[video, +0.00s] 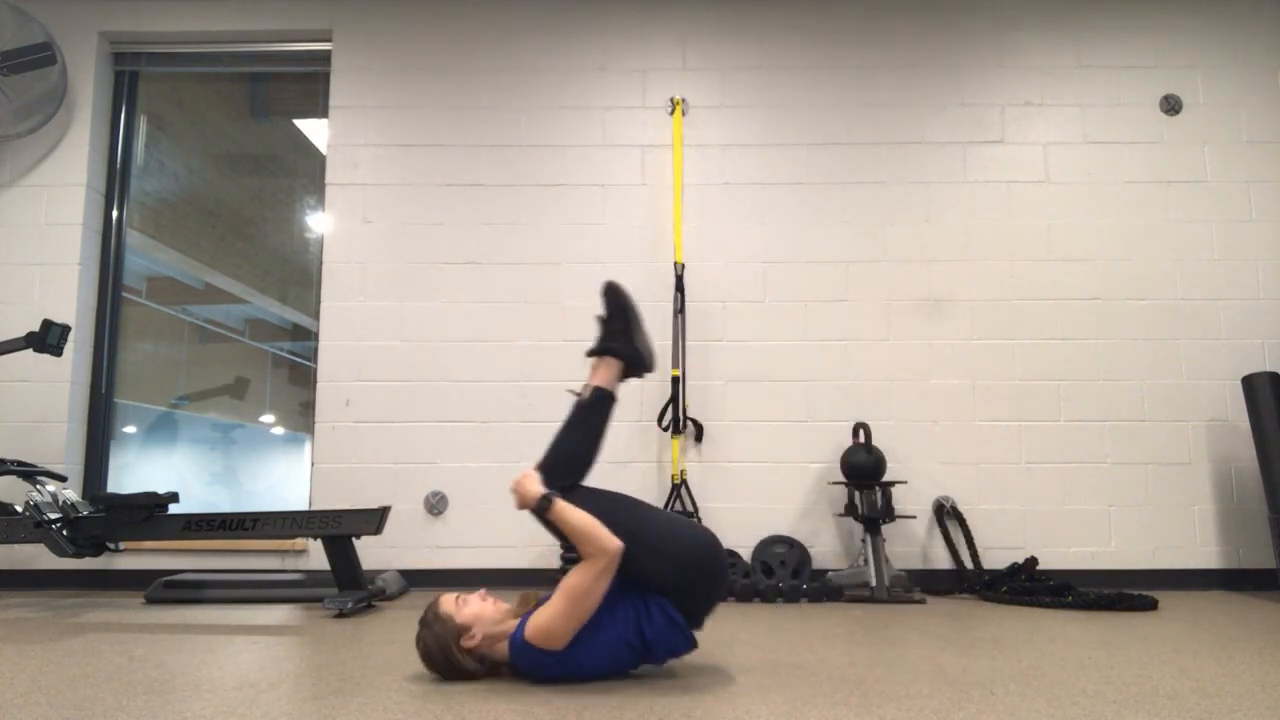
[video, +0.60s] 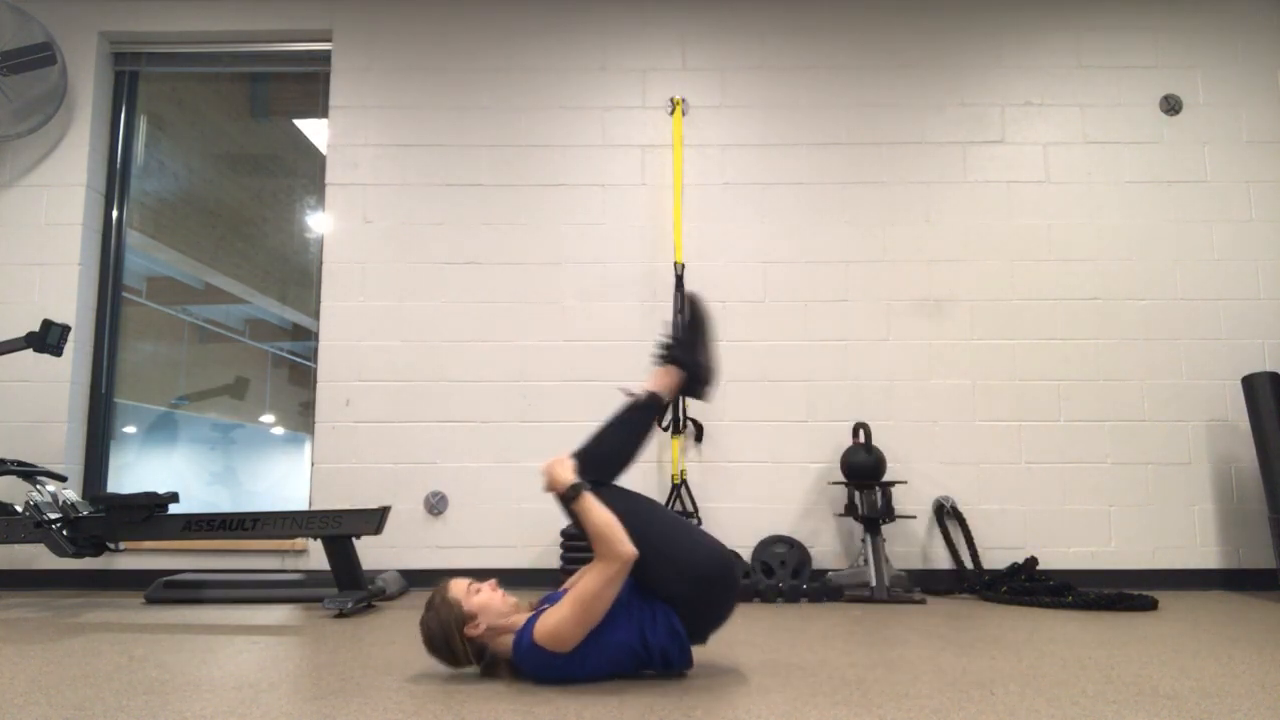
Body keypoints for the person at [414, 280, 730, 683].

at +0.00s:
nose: (479, 593)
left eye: (466, 594)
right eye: (465, 602)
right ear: (470, 639)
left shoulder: (530, 637)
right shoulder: (536, 641)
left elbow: (597, 557)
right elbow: (607, 552)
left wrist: (546, 501)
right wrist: (542, 501)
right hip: (693, 571)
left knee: (550, 493)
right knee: (554, 495)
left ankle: (610, 363)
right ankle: (613, 360)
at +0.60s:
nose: (492, 582)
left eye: (478, 582)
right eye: (476, 591)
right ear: (475, 628)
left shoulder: (536, 627)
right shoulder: (540, 642)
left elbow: (609, 562)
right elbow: (620, 557)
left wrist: (571, 489)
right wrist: (571, 489)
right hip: (702, 591)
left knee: (580, 490)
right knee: (585, 489)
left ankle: (671, 378)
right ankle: (674, 376)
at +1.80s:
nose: (759, 405)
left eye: (756, 394)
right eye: (750, 395)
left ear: (721, 404)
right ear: (718, 405)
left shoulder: (737, 458)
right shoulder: (719, 474)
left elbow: (818, 455)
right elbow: (826, 484)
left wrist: (884, 414)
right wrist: (922, 435)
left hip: (790, 610)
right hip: (773, 644)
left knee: (877, 520)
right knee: (919, 610)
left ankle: (1007, 609)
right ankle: (915, 655)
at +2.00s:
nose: (794, 396)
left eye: (792, 384)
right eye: (787, 385)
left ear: (752, 392)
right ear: (754, 391)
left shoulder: (766, 451)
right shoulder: (753, 464)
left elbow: (849, 462)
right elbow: (857, 490)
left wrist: (923, 439)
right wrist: (960, 458)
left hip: (808, 610)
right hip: (784, 640)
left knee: (894, 527)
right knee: (927, 659)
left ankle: (1012, 626)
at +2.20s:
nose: (824, 392)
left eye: (822, 381)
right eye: (817, 381)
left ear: (782, 387)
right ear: (785, 386)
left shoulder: (789, 448)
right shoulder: (783, 458)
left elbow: (870, 479)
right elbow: (880, 504)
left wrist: (948, 471)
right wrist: (992, 493)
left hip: (823, 610)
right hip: (794, 636)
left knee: (909, 534)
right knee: (935, 665)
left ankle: (1025, 629)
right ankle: (946, 653)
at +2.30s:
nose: (833, 392)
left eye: (830, 381)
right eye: (825, 381)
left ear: (791, 386)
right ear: (793, 386)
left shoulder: (794, 448)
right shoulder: (792, 457)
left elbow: (877, 489)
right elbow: (889, 506)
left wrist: (952, 484)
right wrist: (1006, 506)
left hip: (828, 610)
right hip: (797, 635)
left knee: (906, 534)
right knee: (938, 664)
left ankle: (1026, 629)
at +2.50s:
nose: (839, 393)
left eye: (836, 382)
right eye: (831, 382)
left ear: (796, 386)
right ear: (798, 386)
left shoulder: (798, 448)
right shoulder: (797, 457)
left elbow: (880, 495)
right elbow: (901, 508)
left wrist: (953, 491)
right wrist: (1015, 514)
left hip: (827, 610)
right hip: (796, 637)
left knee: (905, 535)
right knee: (938, 661)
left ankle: (1026, 629)